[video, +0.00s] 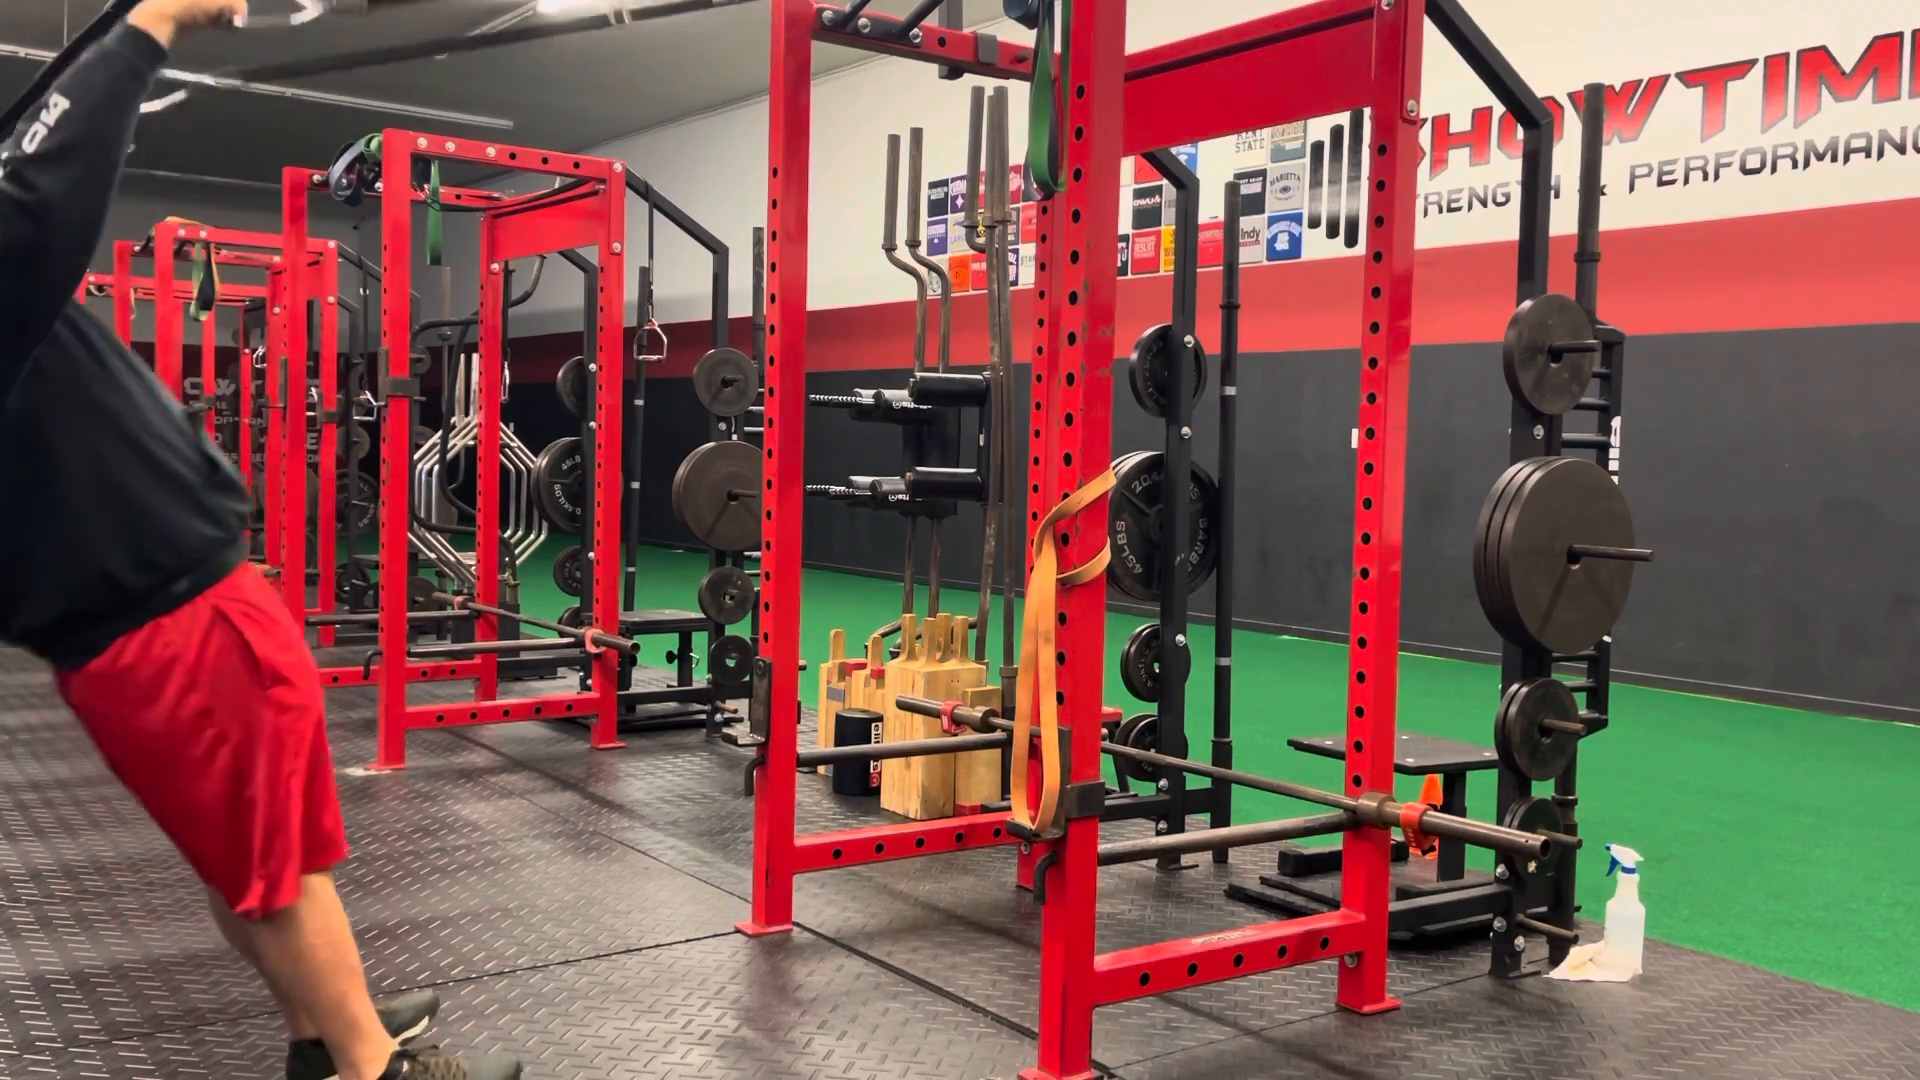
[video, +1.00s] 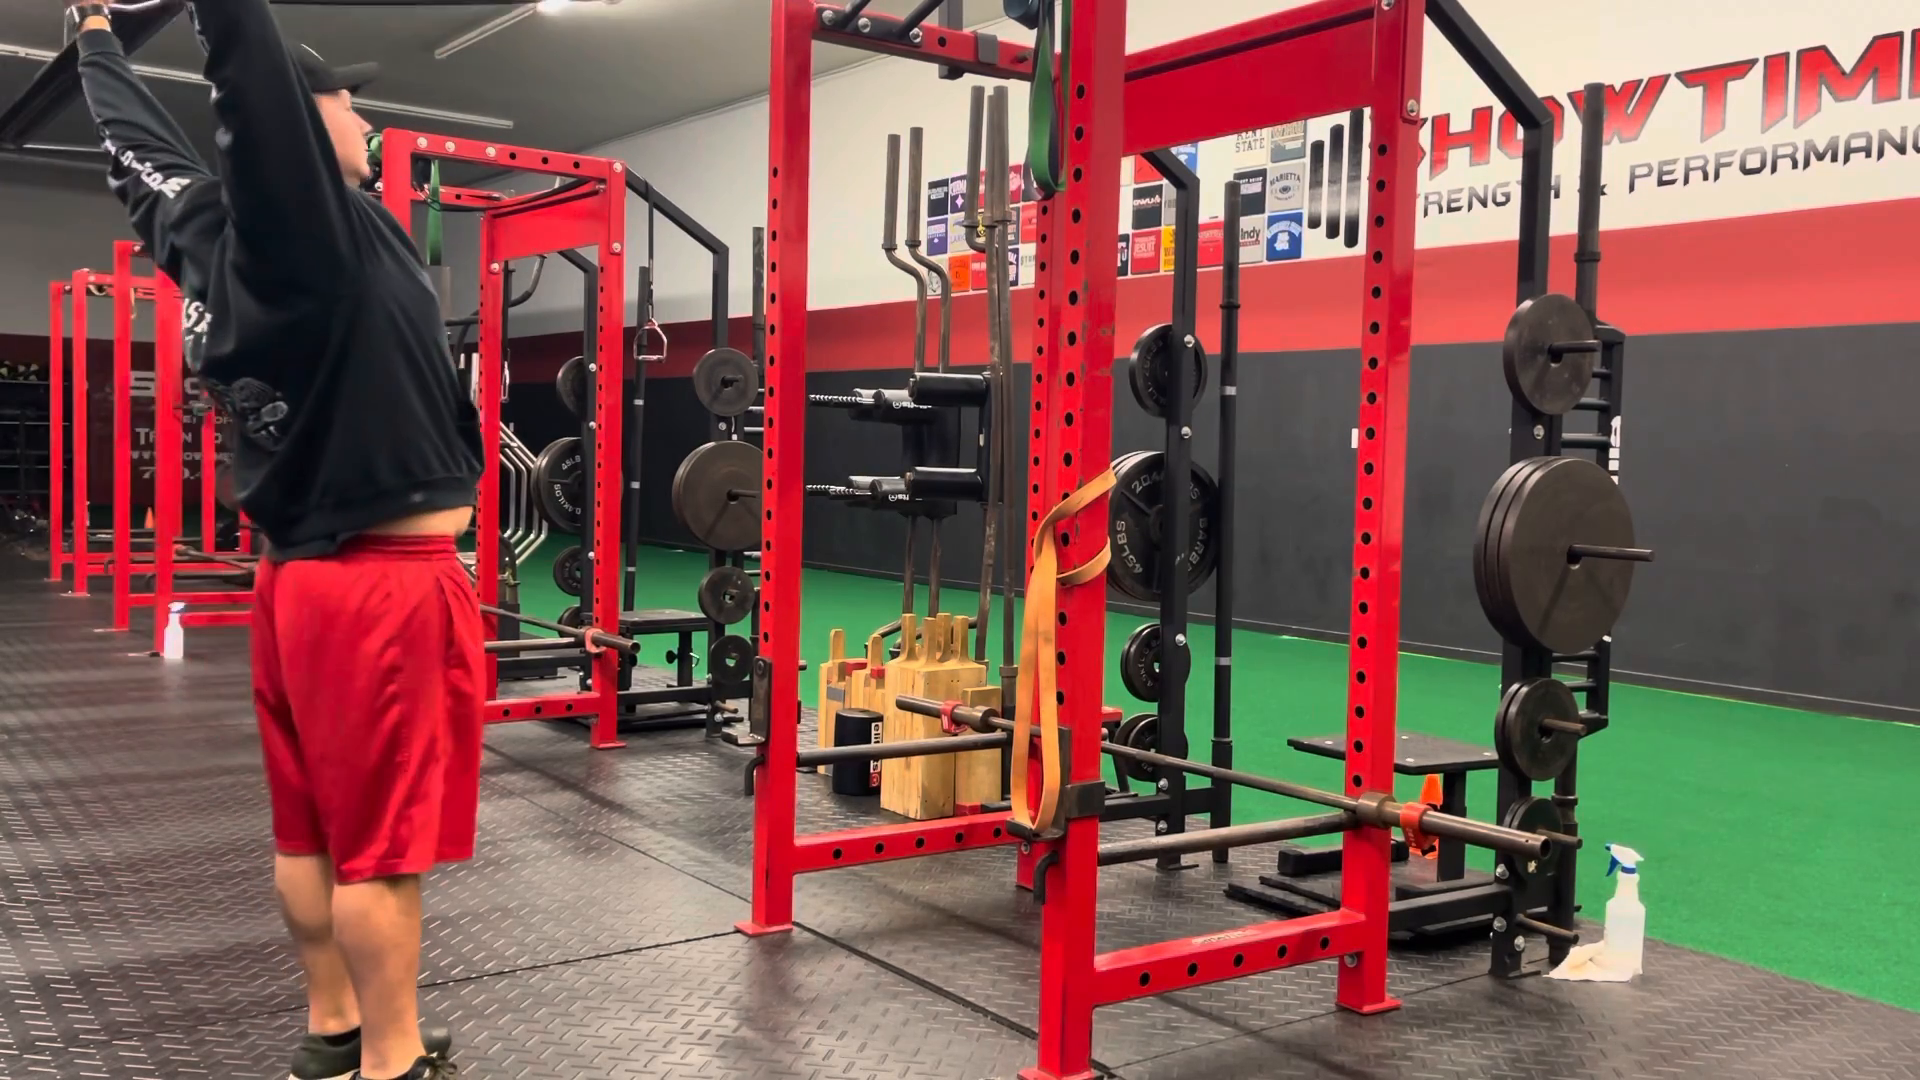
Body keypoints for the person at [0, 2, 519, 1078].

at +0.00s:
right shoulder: (11, 289)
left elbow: (33, 139)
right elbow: (43, 186)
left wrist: (140, 19)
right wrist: (150, 22)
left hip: (125, 621)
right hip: (169, 611)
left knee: (248, 863)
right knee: (282, 870)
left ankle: (329, 1035)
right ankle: (371, 1059)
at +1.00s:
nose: (367, 121)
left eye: (359, 104)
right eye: (349, 104)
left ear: (282, 141)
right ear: (296, 121)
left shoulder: (219, 237)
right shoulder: (320, 226)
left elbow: (144, 154)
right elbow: (248, 51)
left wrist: (93, 39)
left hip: (295, 584)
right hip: (384, 589)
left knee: (306, 829)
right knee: (381, 853)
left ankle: (335, 1027)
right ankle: (393, 1058)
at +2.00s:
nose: (79, 132)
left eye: (74, 117)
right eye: (59, 121)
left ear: (29, 147)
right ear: (31, 148)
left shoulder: (37, 277)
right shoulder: (76, 263)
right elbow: (121, 88)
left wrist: (75, 35)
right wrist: (101, 7)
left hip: (201, 611)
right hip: (269, 606)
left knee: (275, 845)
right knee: (333, 858)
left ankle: (329, 1033)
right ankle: (386, 1061)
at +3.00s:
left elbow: (25, 307)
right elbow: (23, 314)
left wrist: (184, 215)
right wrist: (186, 210)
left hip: (53, 629)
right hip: (55, 632)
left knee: (204, 839)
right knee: (219, 869)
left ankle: (326, 1026)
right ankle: (361, 1065)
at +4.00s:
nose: (248, 122)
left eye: (221, 99)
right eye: (226, 99)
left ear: (149, 137)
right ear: (216, 119)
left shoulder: (146, 239)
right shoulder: (244, 220)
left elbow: (105, 130)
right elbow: (230, 62)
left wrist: (83, 18)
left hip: (263, 591)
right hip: (355, 591)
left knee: (300, 836)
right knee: (371, 855)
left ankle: (331, 1027)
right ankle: (392, 1056)